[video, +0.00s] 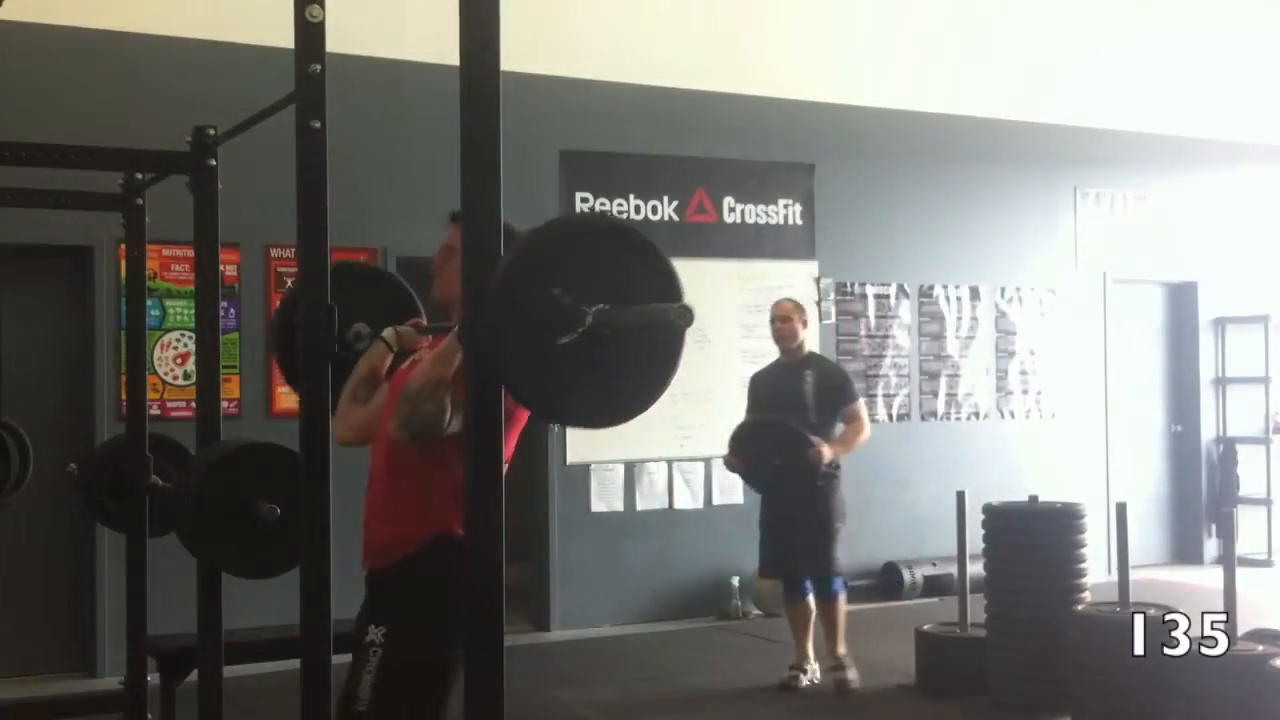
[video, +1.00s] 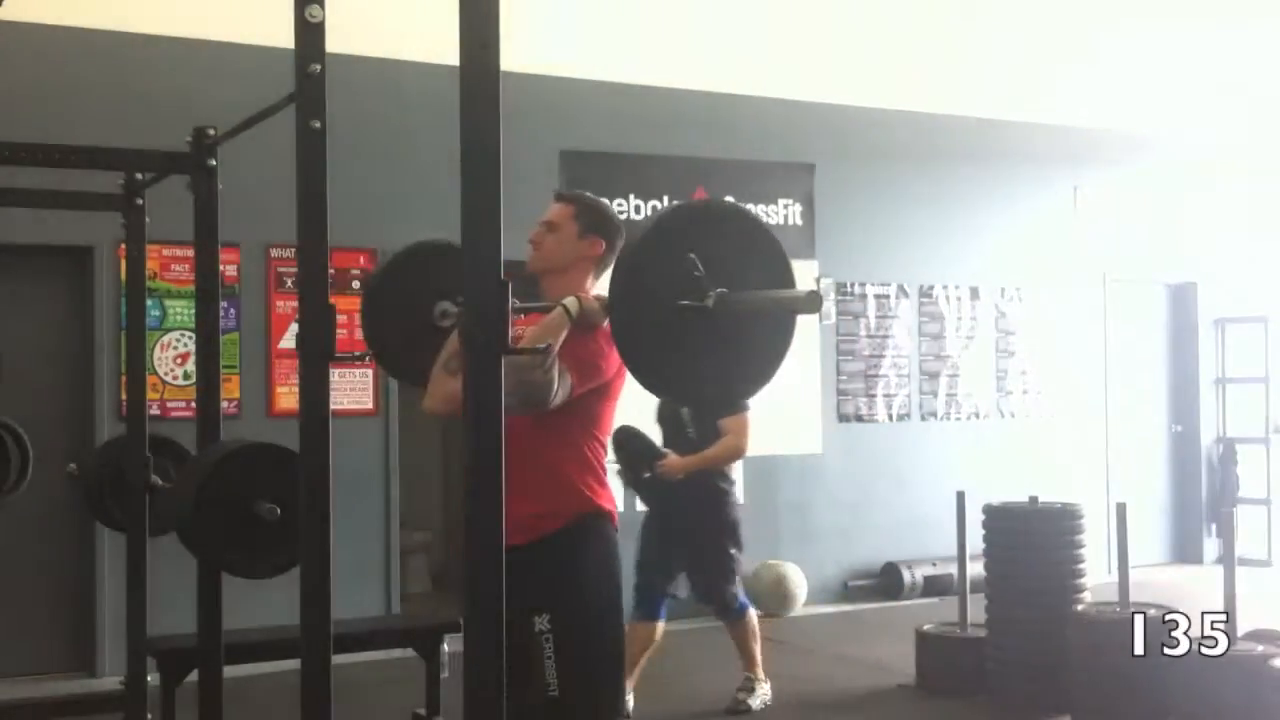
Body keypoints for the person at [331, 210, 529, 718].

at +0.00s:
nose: (435, 263)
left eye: (450, 253)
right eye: (440, 252)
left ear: (486, 267)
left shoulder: (503, 356)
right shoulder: (430, 352)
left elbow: (410, 424)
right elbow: (347, 427)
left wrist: (468, 329)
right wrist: (378, 354)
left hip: (439, 568)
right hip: (395, 568)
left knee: (380, 706)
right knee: (371, 703)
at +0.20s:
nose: (451, 258)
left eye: (464, 248)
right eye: (454, 249)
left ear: (510, 258)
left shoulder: (525, 337)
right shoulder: (449, 339)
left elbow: (436, 399)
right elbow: (363, 402)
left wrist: (450, 330)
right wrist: (396, 336)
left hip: (481, 537)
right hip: (433, 539)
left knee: (461, 687)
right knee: (442, 688)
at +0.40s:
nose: (488, 242)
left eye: (502, 231)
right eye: (489, 231)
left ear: (541, 244)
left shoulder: (553, 327)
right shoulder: (472, 331)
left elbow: (470, 393)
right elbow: (387, 397)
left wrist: (476, 319)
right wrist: (417, 332)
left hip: (522, 526)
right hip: (464, 527)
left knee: (502, 687)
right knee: (450, 683)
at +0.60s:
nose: (506, 237)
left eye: (523, 229)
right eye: (510, 227)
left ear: (564, 247)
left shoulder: (576, 329)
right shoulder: (489, 330)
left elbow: (513, 389)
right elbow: (413, 401)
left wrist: (525, 317)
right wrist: (440, 336)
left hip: (545, 527)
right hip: (482, 530)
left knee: (545, 689)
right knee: (475, 684)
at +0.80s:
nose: (525, 236)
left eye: (542, 228)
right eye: (530, 226)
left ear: (582, 247)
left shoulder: (595, 329)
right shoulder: (512, 331)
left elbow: (530, 388)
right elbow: (429, 398)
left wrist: (552, 313)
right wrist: (457, 328)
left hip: (569, 532)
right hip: (502, 536)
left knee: (580, 687)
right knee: (485, 688)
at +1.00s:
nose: (534, 236)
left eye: (550, 228)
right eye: (538, 227)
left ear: (591, 248)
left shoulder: (601, 330)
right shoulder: (519, 333)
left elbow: (531, 384)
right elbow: (437, 398)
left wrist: (564, 312)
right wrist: (467, 322)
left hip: (573, 531)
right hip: (507, 536)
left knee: (591, 687)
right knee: (507, 687)